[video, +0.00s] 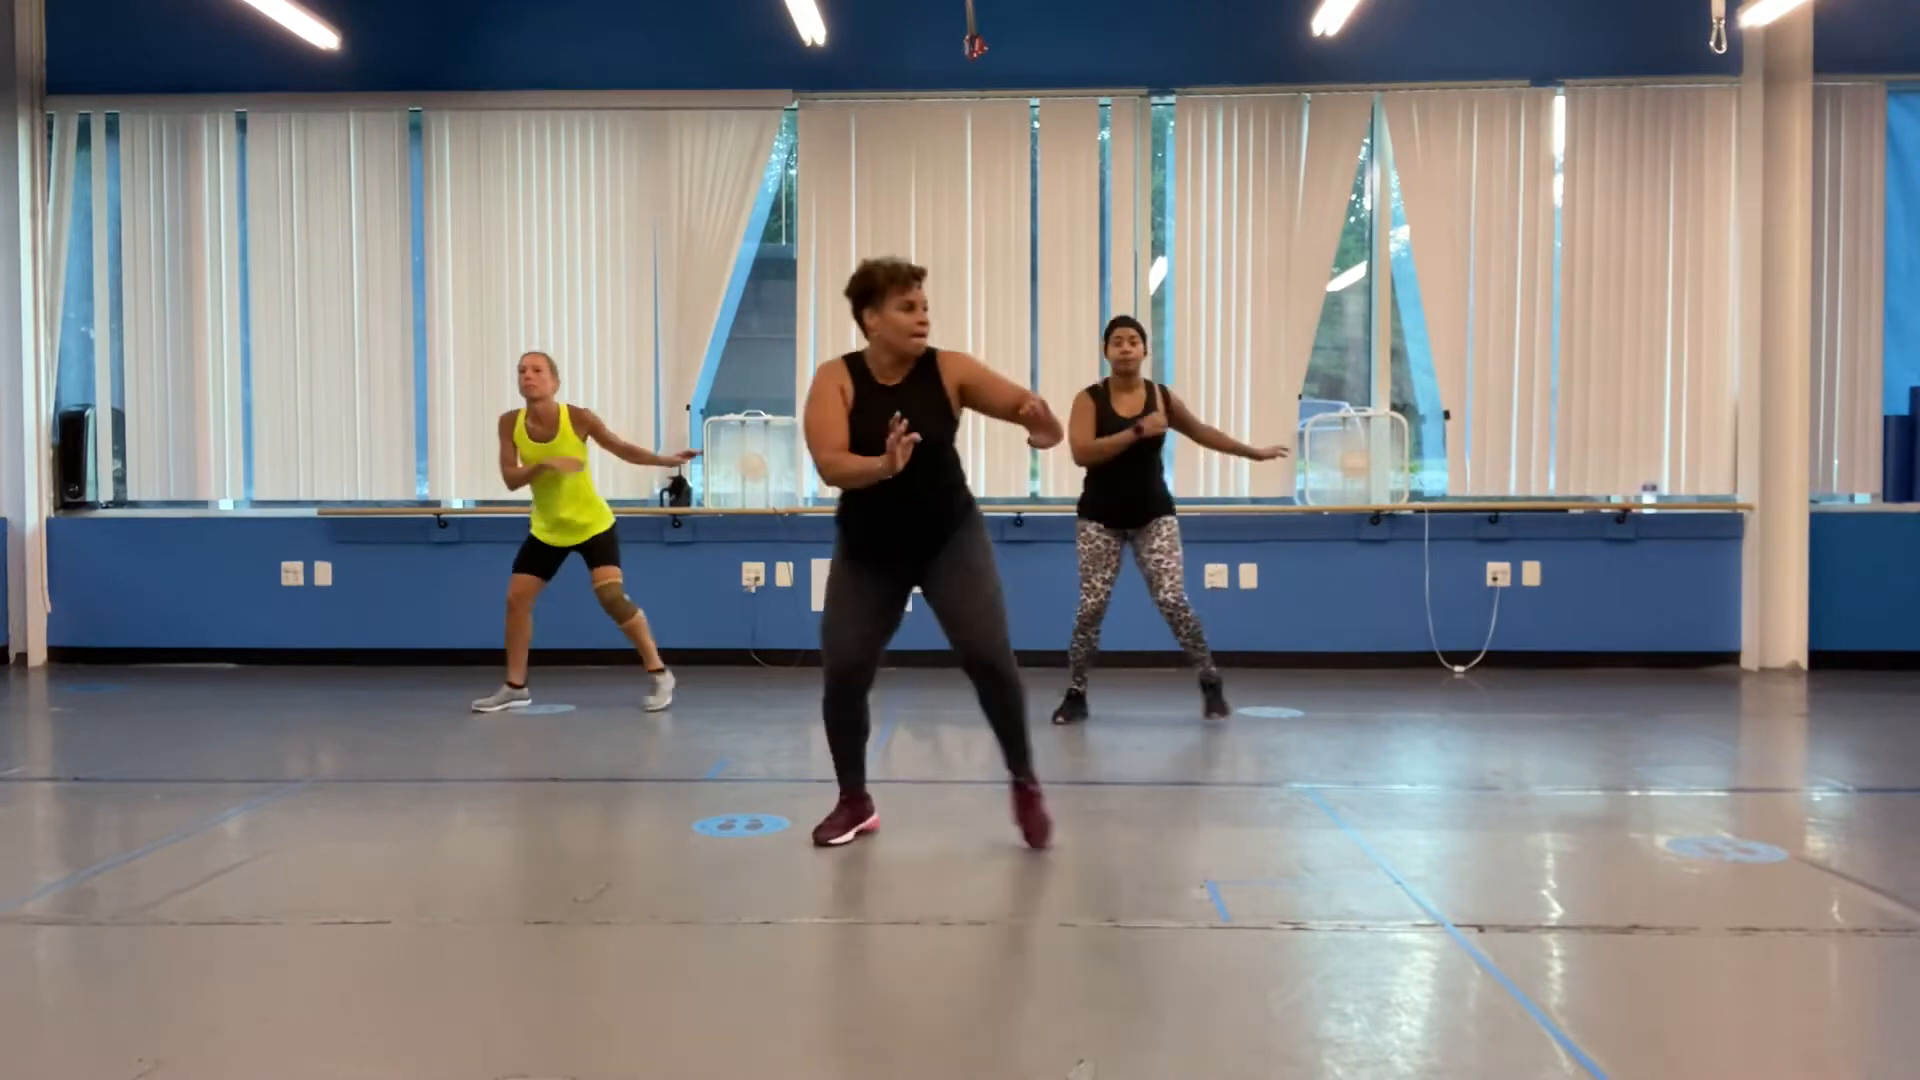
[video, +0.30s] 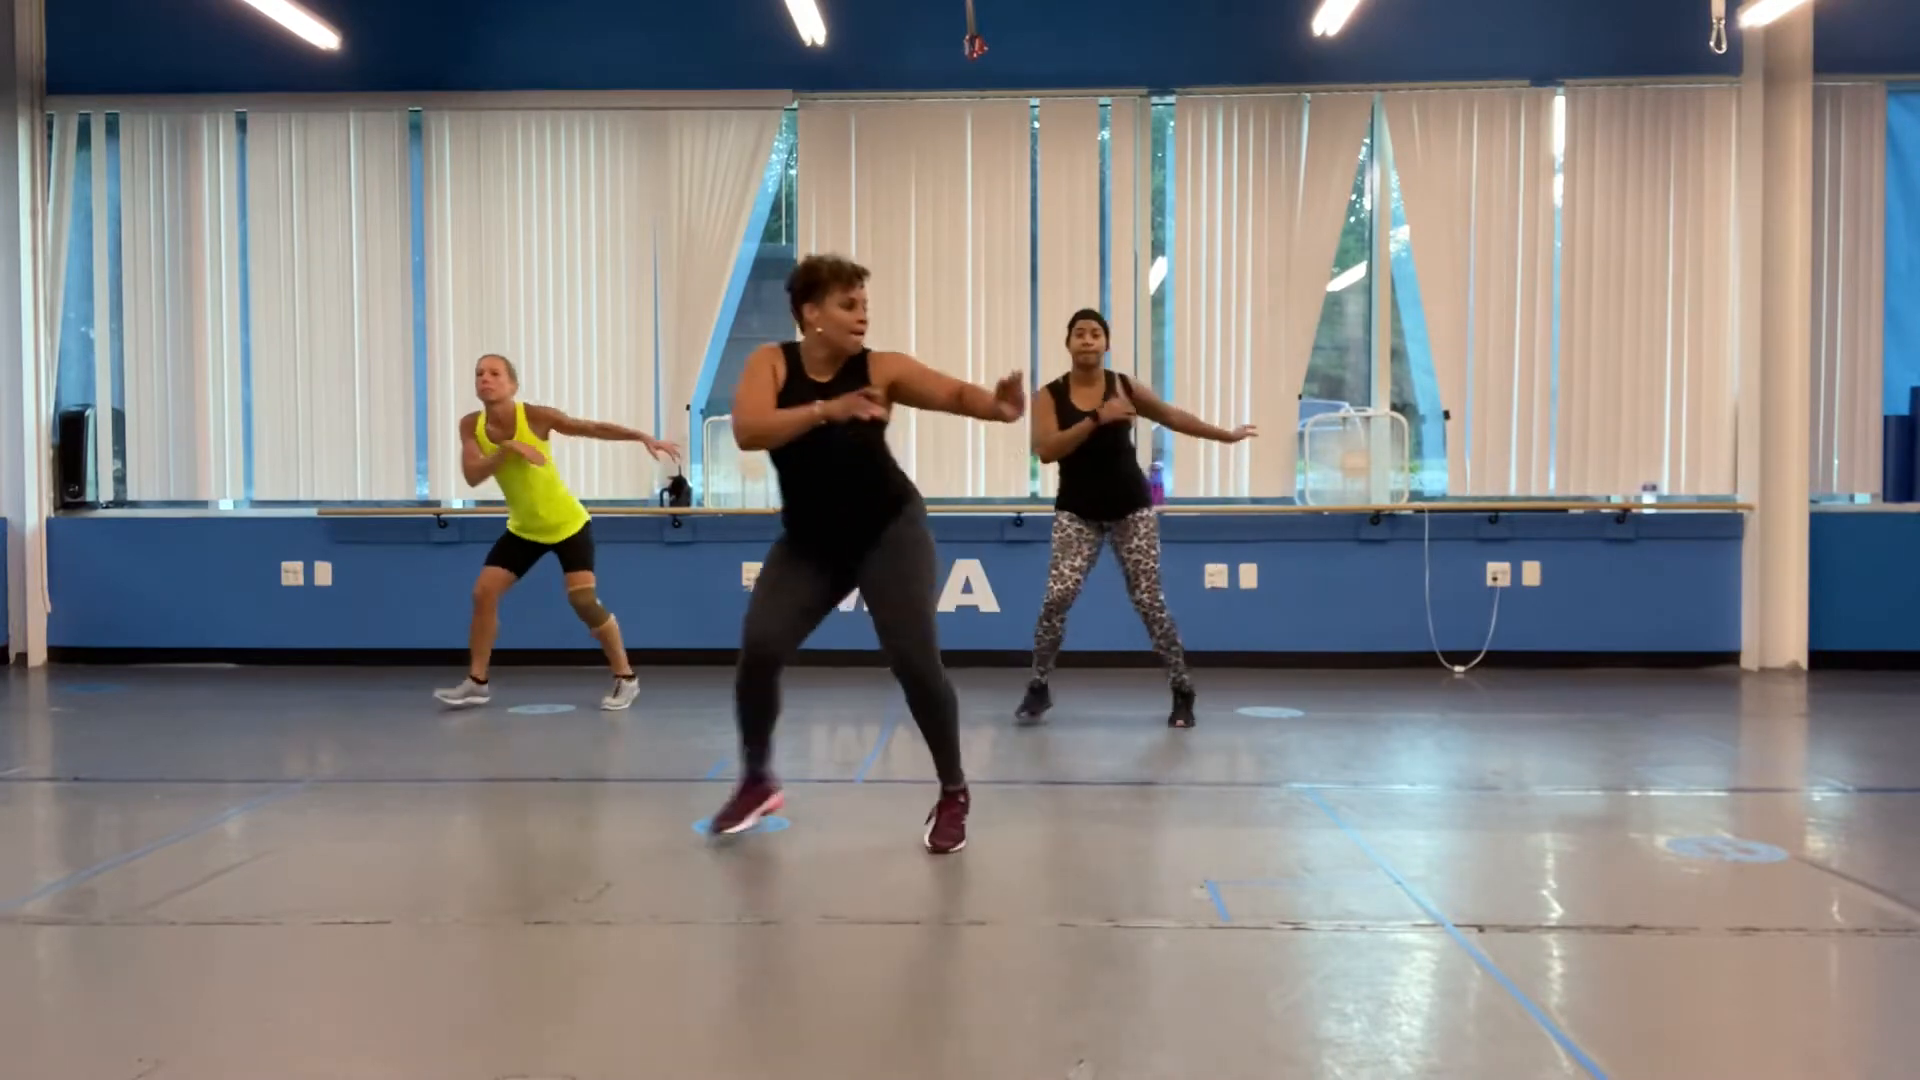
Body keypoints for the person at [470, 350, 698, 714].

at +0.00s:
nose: (527, 376)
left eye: (536, 371)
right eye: (522, 371)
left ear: (554, 380)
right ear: (518, 382)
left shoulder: (579, 418)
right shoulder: (510, 423)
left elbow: (622, 449)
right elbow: (511, 479)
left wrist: (664, 460)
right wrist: (545, 465)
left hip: (592, 521)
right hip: (547, 526)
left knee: (611, 597)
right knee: (517, 597)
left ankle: (660, 673)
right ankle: (515, 687)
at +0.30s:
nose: (484, 379)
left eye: (493, 374)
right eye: (480, 375)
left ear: (512, 385)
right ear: (475, 386)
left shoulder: (538, 417)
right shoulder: (472, 424)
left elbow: (591, 428)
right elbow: (472, 476)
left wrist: (645, 438)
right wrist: (509, 448)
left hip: (567, 523)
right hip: (524, 527)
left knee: (584, 602)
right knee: (484, 592)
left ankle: (626, 679)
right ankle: (477, 682)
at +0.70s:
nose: (482, 383)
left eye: (490, 377)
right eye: (476, 378)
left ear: (509, 386)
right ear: (471, 388)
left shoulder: (535, 430)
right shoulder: (461, 432)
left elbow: (545, 485)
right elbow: (442, 473)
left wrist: (534, 516)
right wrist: (445, 511)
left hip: (534, 531)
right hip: (483, 532)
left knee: (562, 597)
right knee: (451, 602)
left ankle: (577, 665)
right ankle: (463, 687)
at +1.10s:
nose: (518, 383)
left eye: (526, 376)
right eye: (513, 378)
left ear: (544, 385)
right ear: (508, 389)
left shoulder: (572, 422)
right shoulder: (505, 435)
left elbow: (611, 467)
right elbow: (517, 492)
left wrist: (601, 495)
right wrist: (473, 507)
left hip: (583, 524)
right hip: (538, 527)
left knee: (602, 597)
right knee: (508, 601)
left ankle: (607, 683)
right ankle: (518, 678)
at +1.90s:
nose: (596, 380)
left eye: (604, 373)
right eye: (590, 375)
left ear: (621, 381)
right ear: (585, 383)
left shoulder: (642, 424)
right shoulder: (576, 419)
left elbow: (646, 479)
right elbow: (550, 444)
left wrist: (593, 471)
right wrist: (504, 446)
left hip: (626, 526)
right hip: (580, 523)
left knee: (650, 600)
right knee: (539, 595)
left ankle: (646, 684)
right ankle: (544, 674)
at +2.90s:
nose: (626, 386)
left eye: (634, 380)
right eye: (620, 381)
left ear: (650, 390)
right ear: (614, 391)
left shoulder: (671, 432)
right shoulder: (600, 429)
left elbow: (687, 475)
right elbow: (571, 481)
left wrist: (719, 498)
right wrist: (610, 473)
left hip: (665, 531)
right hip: (619, 531)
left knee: (681, 608)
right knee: (588, 600)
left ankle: (686, 673)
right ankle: (599, 685)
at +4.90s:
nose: (565, 380)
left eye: (573, 374)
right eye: (560, 374)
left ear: (590, 384)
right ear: (554, 384)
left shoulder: (611, 420)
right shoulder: (544, 425)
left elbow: (652, 450)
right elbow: (549, 476)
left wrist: (674, 470)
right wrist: (546, 491)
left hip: (625, 524)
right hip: (580, 528)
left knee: (649, 599)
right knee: (541, 594)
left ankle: (681, 679)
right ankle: (532, 679)